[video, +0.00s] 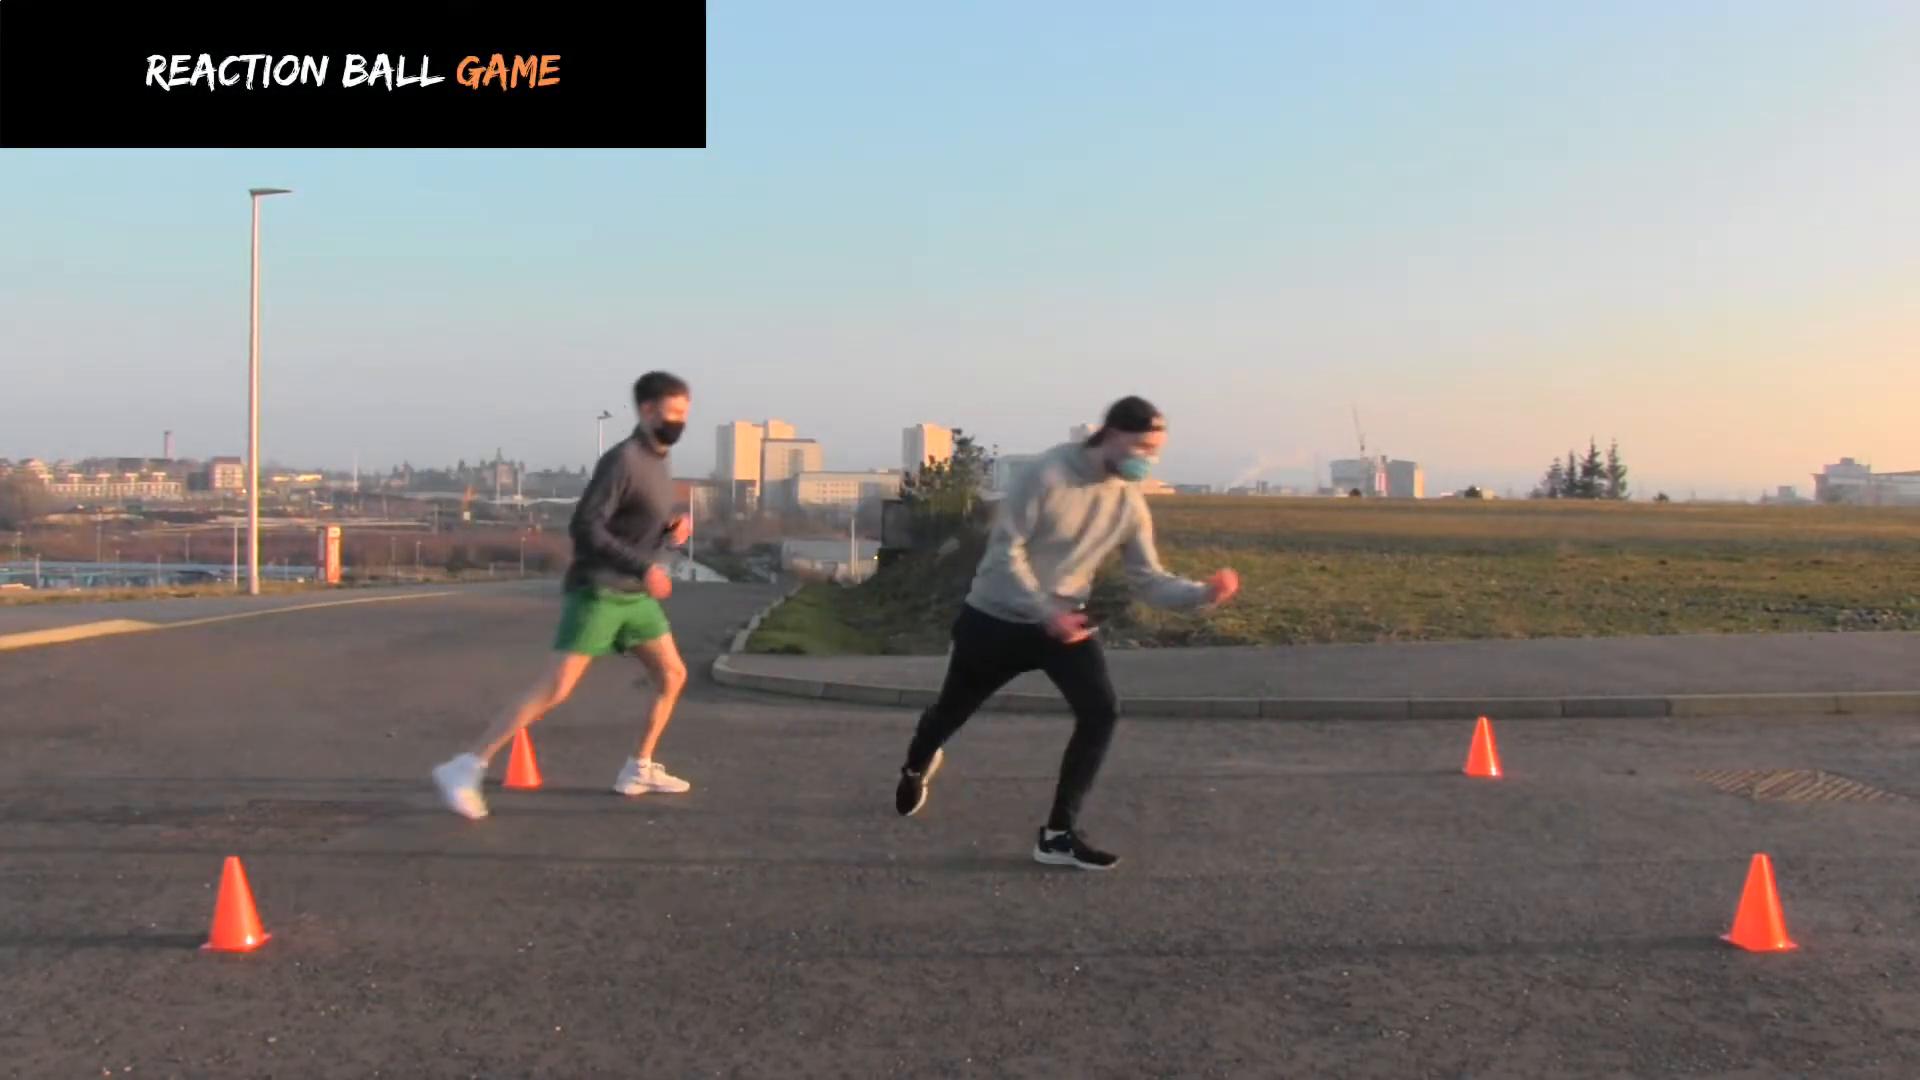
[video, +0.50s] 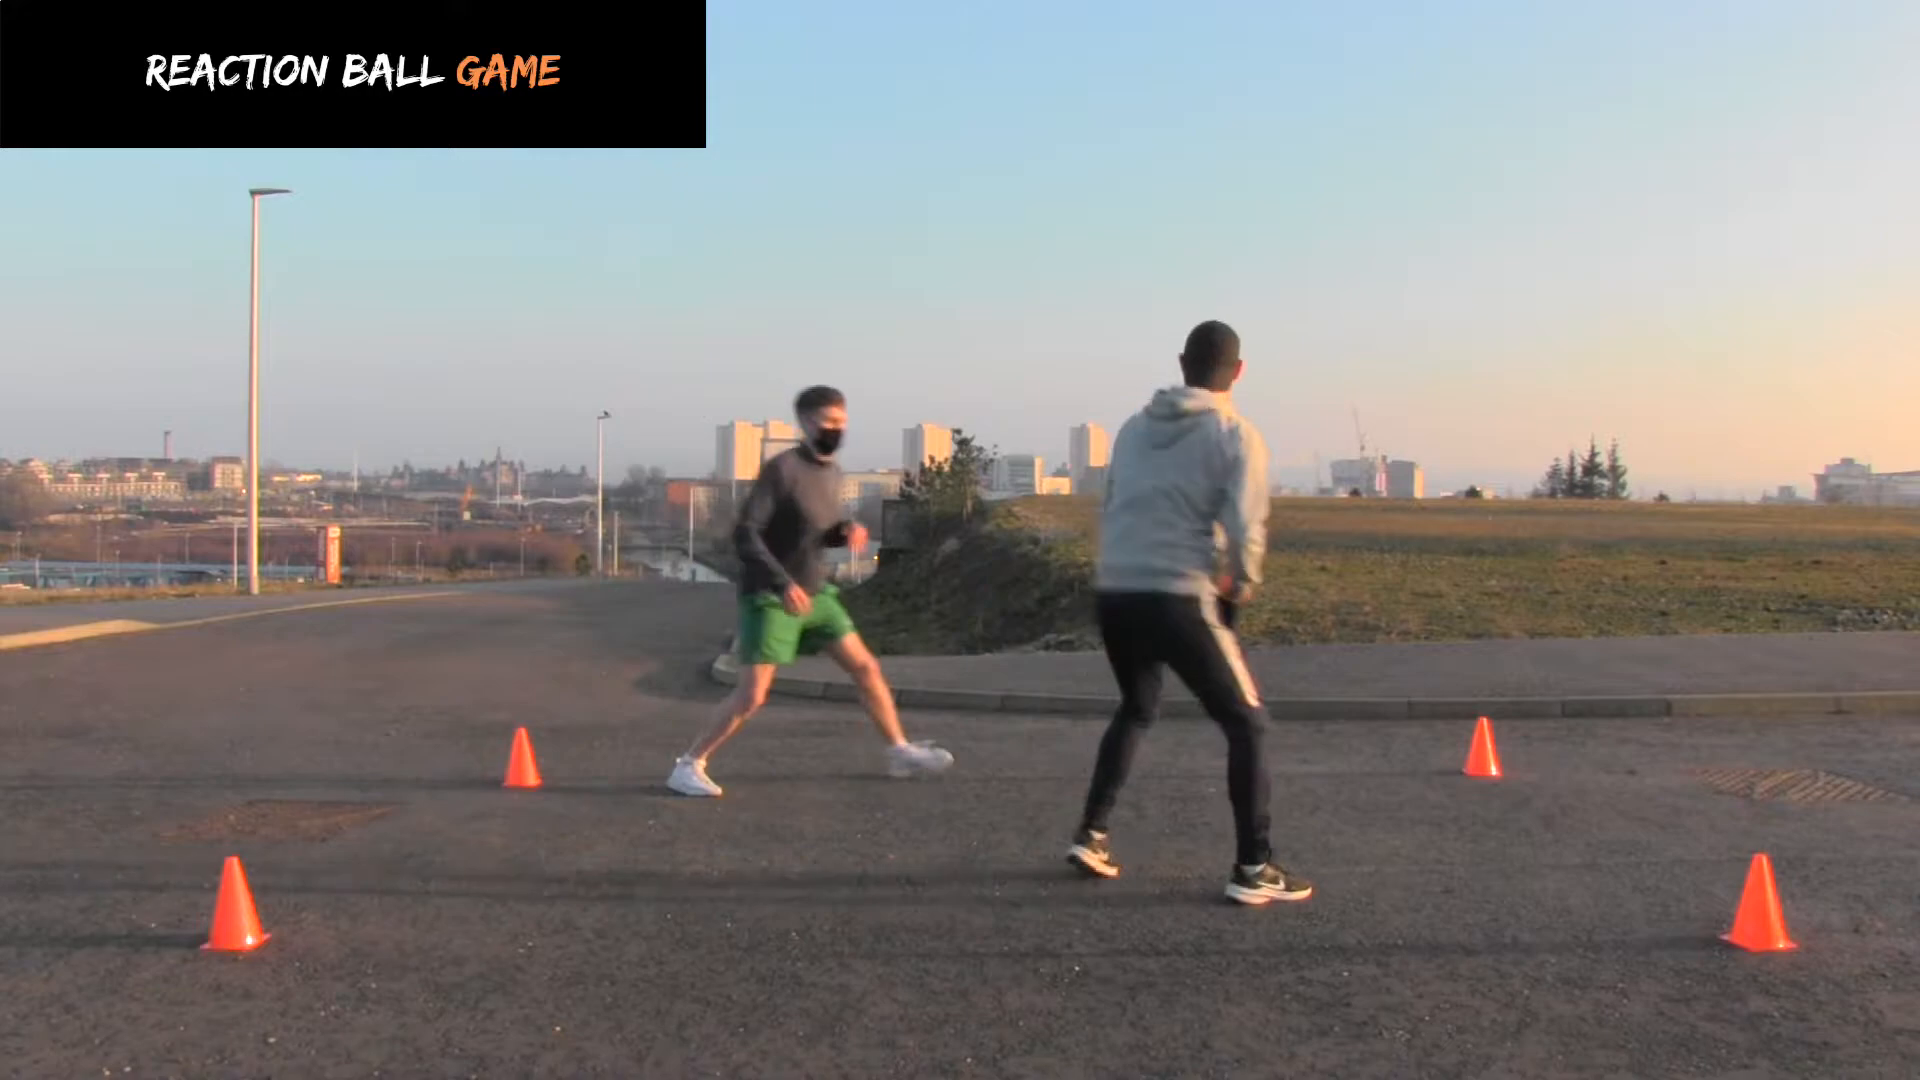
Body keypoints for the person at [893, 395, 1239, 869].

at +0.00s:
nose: (1148, 463)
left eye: (1154, 454)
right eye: (1142, 451)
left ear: (1147, 449)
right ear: (1112, 437)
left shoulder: (1128, 502)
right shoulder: (1045, 475)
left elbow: (1146, 581)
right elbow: (1002, 554)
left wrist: (1203, 593)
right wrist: (1048, 610)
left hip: (1062, 625)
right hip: (998, 618)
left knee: (1100, 713)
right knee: (949, 713)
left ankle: (1058, 834)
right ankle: (916, 769)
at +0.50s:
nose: (1240, 375)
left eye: (1233, 364)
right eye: (1240, 366)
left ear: (1182, 364)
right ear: (1235, 371)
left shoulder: (1134, 428)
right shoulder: (1235, 434)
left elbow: (1112, 507)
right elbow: (1243, 524)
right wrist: (1243, 583)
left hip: (1114, 595)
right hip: (1180, 599)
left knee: (1136, 707)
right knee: (1246, 722)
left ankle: (1090, 834)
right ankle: (1253, 866)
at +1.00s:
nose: (1200, 315)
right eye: (1202, 304)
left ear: (1139, 312)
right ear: (1203, 313)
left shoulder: (1097, 385)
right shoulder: (1234, 392)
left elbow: (1053, 460)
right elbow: (1261, 509)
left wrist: (1100, 499)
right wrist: (1205, 507)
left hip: (1113, 593)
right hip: (1196, 594)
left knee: (1133, 752)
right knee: (1198, 751)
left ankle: (1148, 908)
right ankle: (1179, 901)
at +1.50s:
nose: (1126, 289)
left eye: (1110, 278)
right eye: (1124, 278)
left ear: (1052, 287)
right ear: (1117, 284)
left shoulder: (1010, 372)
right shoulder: (1150, 367)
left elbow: (980, 471)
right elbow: (1188, 478)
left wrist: (1048, 463)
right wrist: (1178, 572)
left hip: (1025, 590)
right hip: (1111, 590)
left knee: (1034, 772)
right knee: (1150, 767)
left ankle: (1019, 961)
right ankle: (1151, 950)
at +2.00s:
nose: (1026, 308)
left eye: (1018, 295)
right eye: (1025, 297)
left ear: (945, 299)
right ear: (1016, 303)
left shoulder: (894, 397)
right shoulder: (1031, 393)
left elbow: (860, 506)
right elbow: (1078, 527)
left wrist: (933, 524)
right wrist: (1058, 601)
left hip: (902, 631)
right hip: (990, 634)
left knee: (943, 776)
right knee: (997, 822)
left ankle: (906, 947)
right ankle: (934, 1017)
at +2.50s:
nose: (925, 294)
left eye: (922, 280)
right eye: (923, 281)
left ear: (853, 278)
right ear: (907, 281)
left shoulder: (794, 365)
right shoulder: (916, 368)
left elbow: (735, 464)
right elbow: (923, 490)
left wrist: (781, 536)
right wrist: (930, 589)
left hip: (786, 599)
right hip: (857, 603)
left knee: (812, 783)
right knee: (850, 790)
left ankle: (792, 970)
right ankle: (734, 963)